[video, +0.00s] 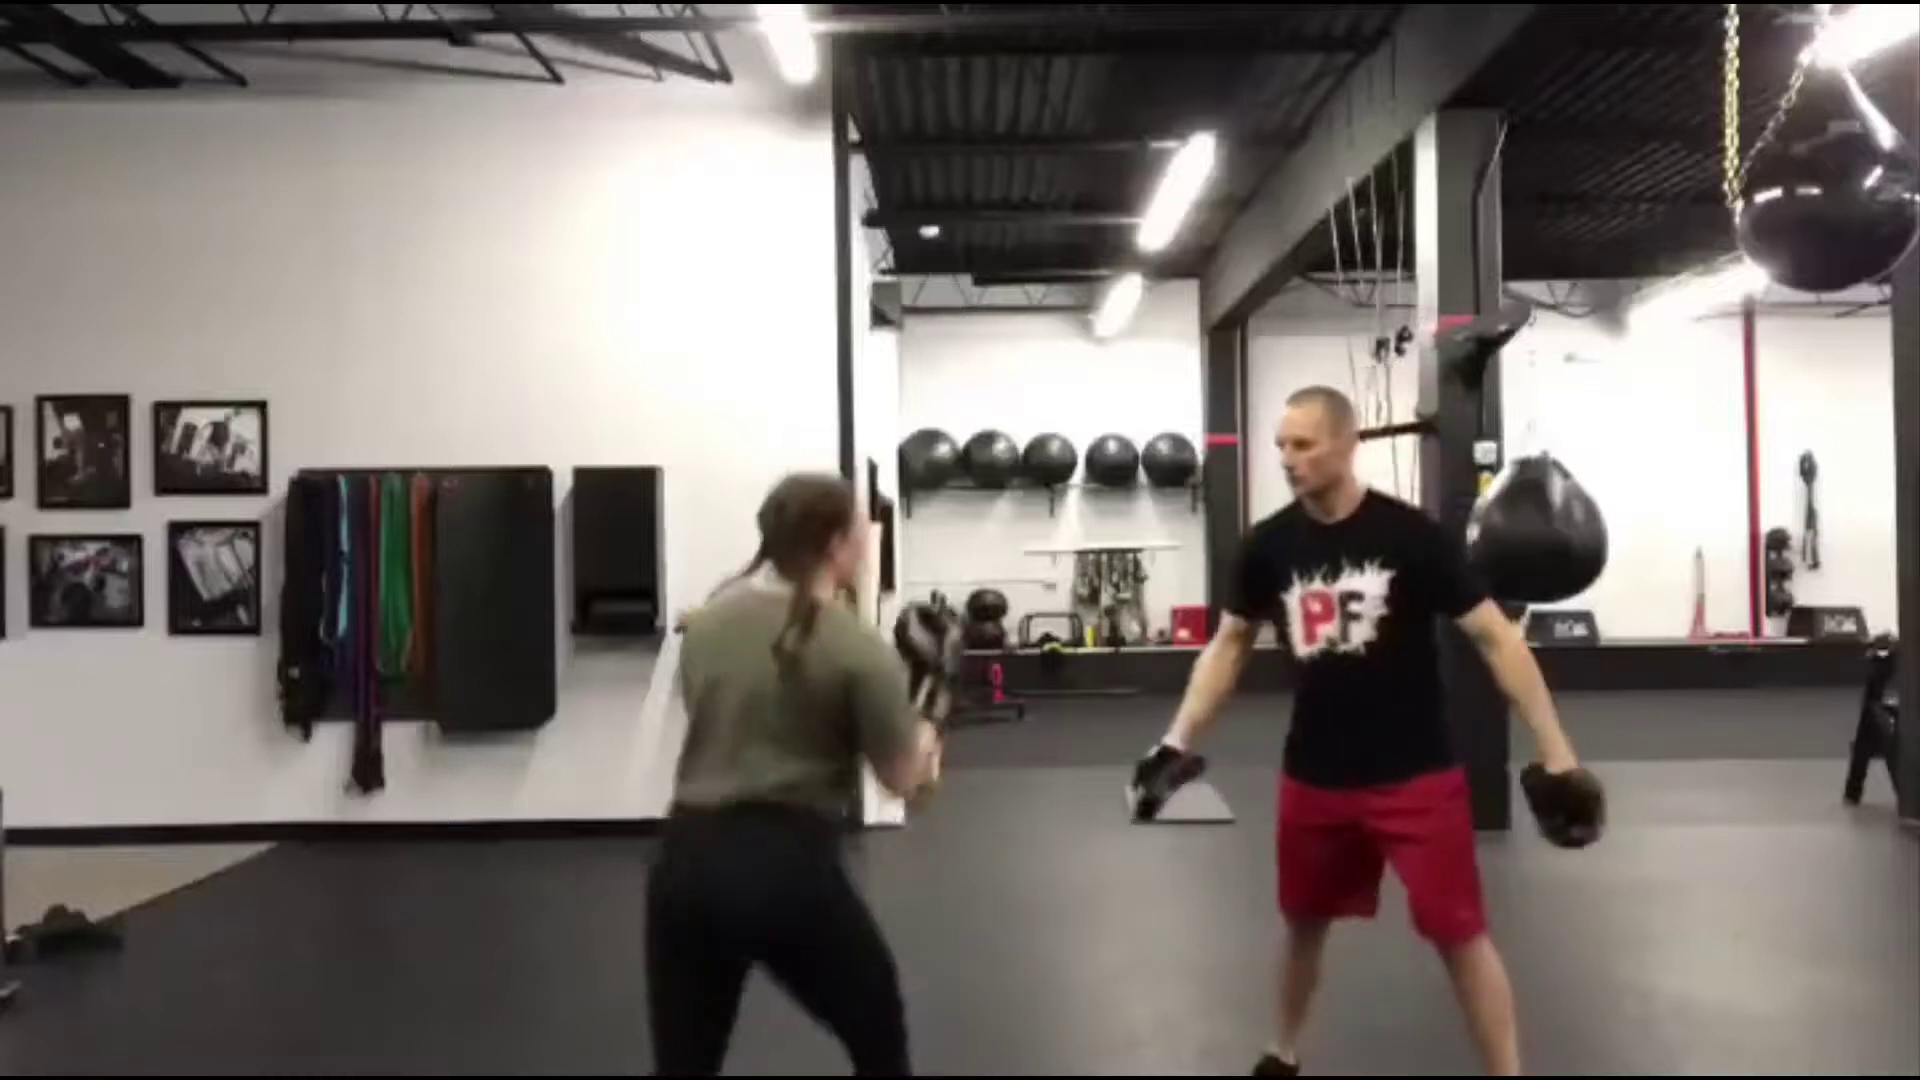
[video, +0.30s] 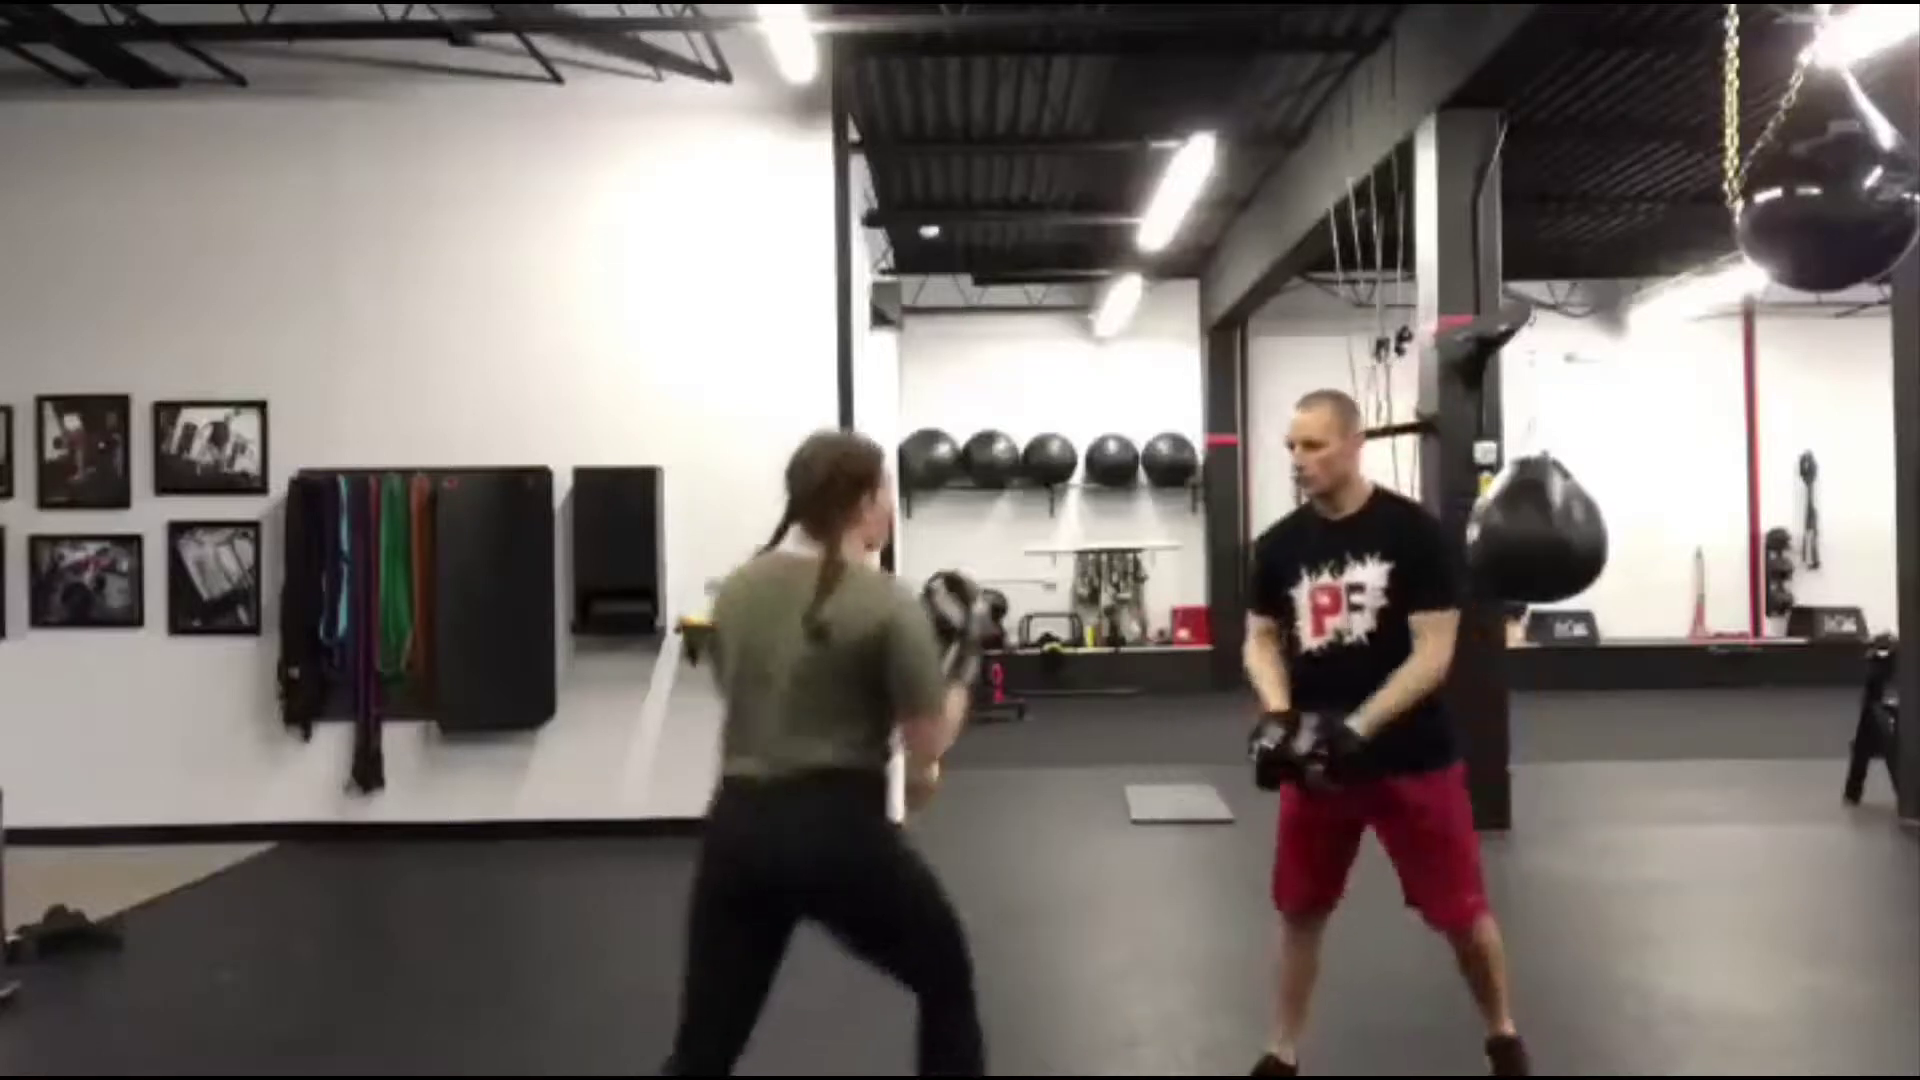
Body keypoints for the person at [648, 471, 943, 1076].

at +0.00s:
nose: (869, 542)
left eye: (866, 528)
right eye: (861, 529)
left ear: (772, 542)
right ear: (835, 545)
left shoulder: (706, 625)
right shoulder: (855, 645)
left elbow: (714, 718)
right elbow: (903, 773)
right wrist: (925, 741)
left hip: (691, 851)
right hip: (791, 861)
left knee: (683, 1060)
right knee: (877, 1035)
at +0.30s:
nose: (891, 507)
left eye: (888, 492)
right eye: (885, 493)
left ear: (799, 502)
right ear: (863, 505)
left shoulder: (739, 588)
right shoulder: (886, 603)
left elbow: (742, 692)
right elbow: (929, 741)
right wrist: (963, 668)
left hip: (741, 829)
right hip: (844, 832)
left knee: (705, 1037)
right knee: (946, 981)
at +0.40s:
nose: (921, 503)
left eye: (920, 490)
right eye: (917, 491)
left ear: (832, 501)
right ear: (895, 501)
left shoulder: (777, 586)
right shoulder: (928, 595)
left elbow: (767, 680)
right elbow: (978, 723)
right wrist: (998, 691)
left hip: (795, 818)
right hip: (899, 821)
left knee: (756, 1027)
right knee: (969, 1013)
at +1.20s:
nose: (975, 514)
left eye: (972, 499)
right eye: (973, 499)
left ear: (884, 505)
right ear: (958, 508)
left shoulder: (831, 603)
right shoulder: (996, 610)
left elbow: (823, 698)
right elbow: (1047, 739)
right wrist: (1061, 672)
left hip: (851, 848)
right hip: (960, 848)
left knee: (831, 1046)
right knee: (1051, 972)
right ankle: (1062, 1071)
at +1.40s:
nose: (1023, 532)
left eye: (1016, 519)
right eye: (1019, 520)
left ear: (937, 531)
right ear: (1012, 528)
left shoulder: (899, 628)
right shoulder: (1062, 619)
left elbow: (900, 721)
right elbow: (1129, 732)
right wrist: (1088, 658)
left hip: (947, 854)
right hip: (1056, 848)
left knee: (913, 1051)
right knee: (1104, 1038)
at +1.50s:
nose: (1050, 565)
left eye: (1045, 552)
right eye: (1045, 553)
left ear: (957, 568)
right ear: (1033, 567)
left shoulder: (916, 672)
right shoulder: (1085, 660)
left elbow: (933, 777)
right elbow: (1140, 776)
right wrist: (1125, 701)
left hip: (975, 894)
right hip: (1085, 883)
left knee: (953, 1065)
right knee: (1126, 1059)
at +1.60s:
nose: (1049, 532)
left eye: (1043, 521)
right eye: (1046, 522)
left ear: (959, 533)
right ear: (1035, 535)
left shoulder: (917, 638)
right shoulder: (1080, 630)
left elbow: (928, 737)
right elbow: (1139, 748)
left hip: (965, 872)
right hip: (1075, 864)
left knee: (934, 1060)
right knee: (1119, 1049)